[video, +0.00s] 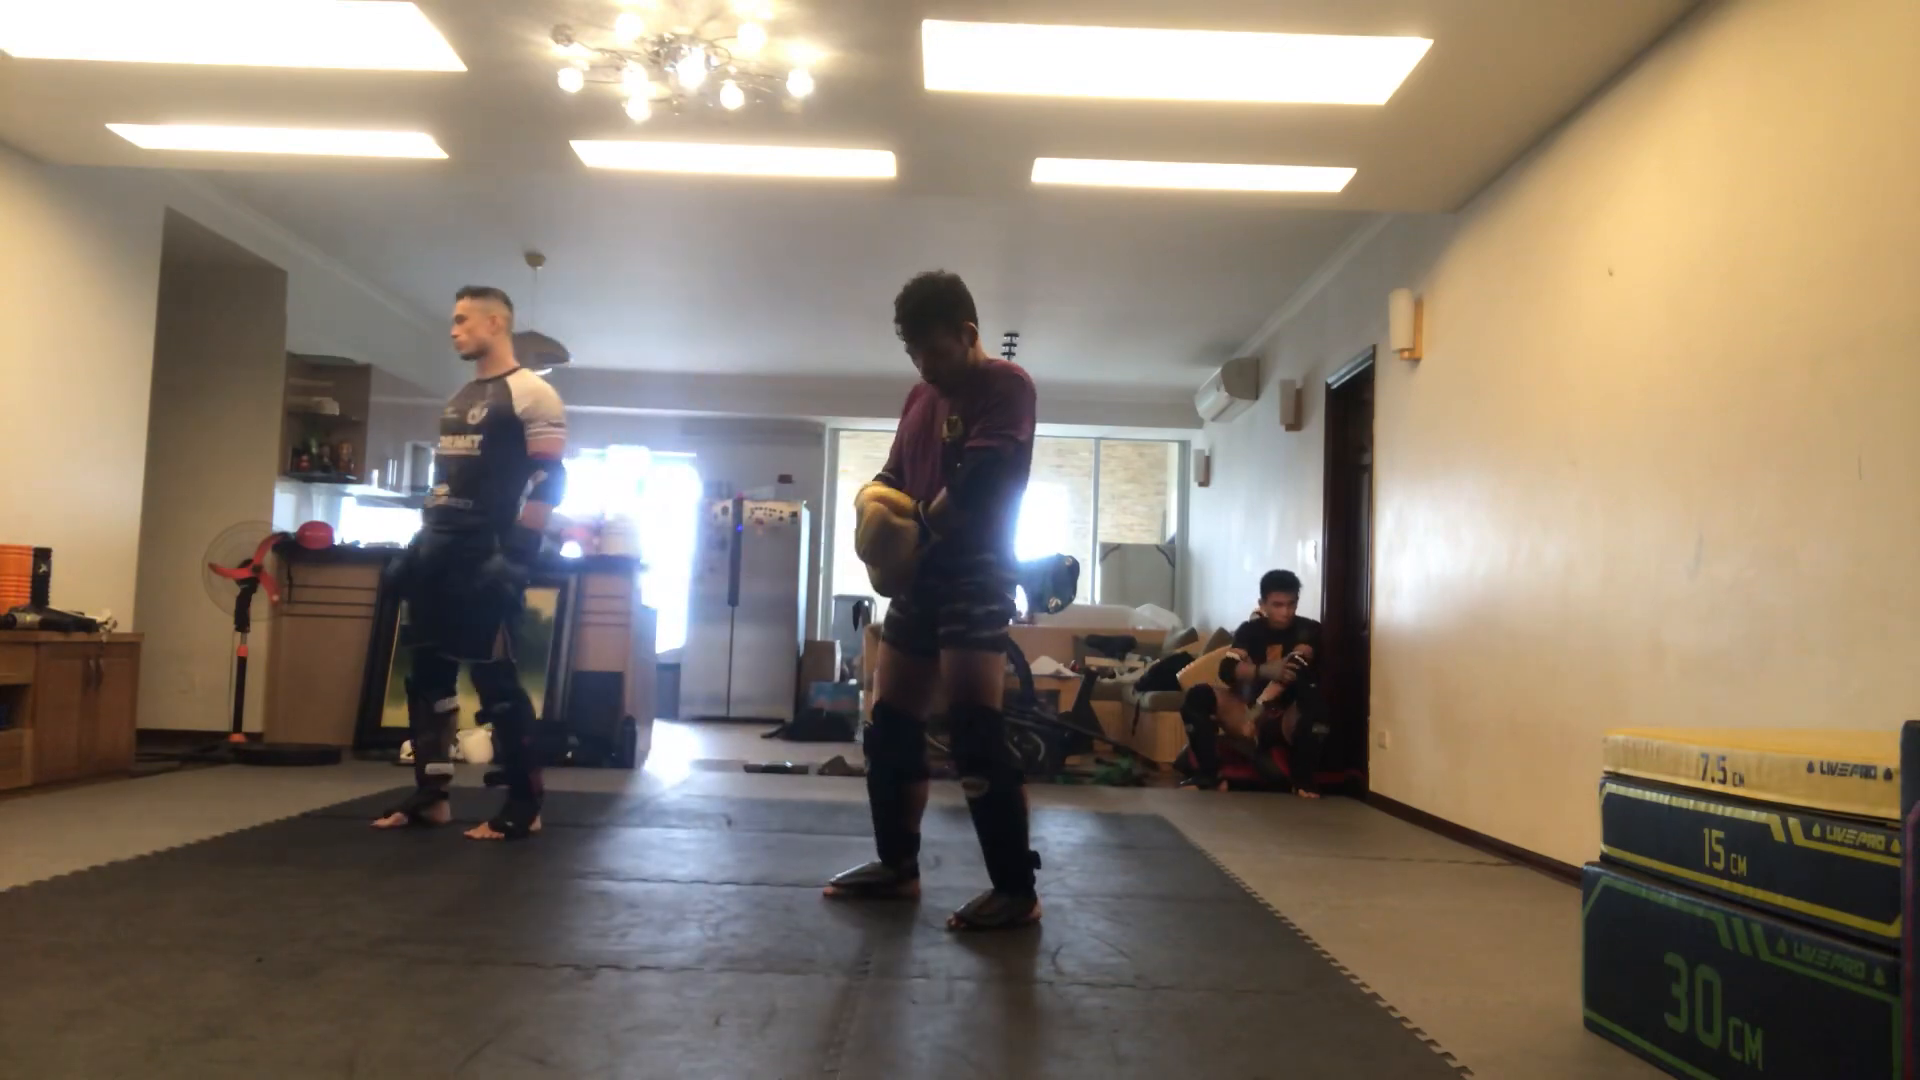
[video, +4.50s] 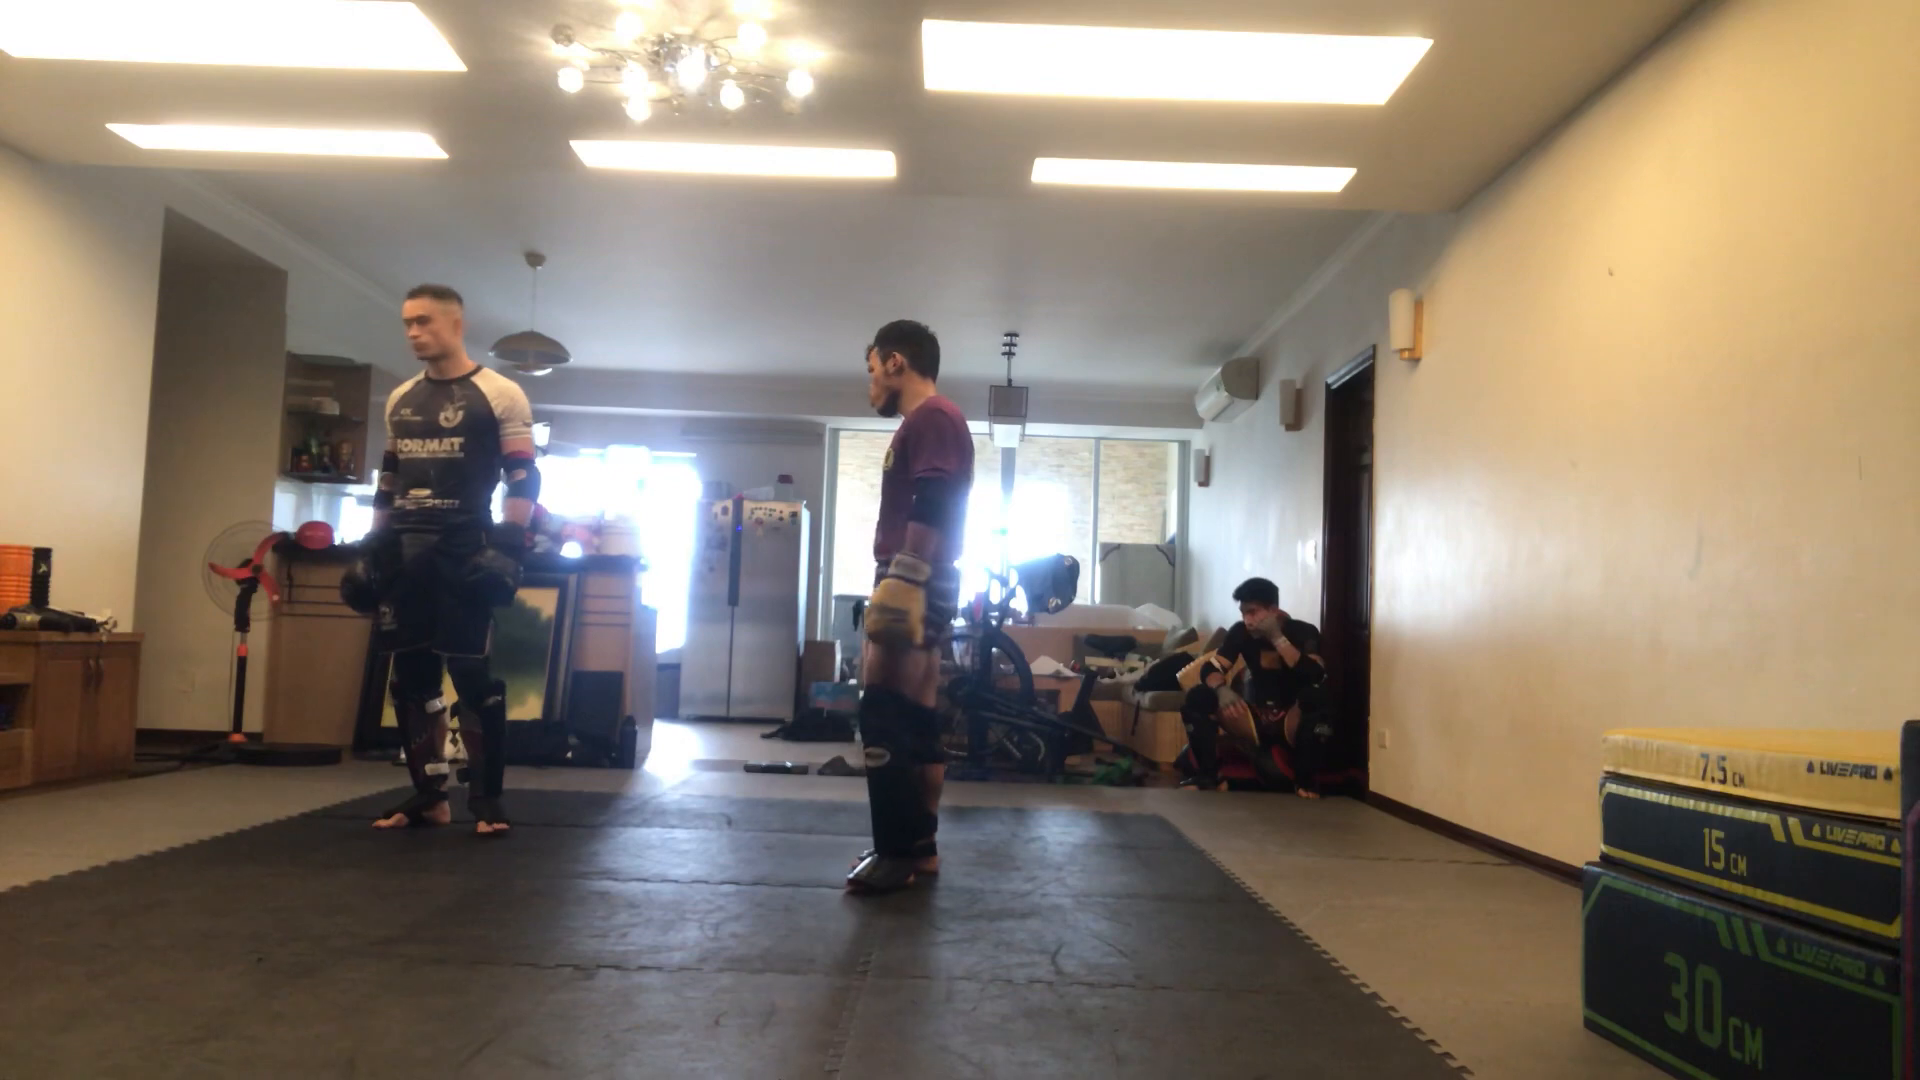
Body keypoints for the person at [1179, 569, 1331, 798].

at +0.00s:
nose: (1285, 612)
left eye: (1291, 604)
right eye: (1277, 605)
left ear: (1297, 603)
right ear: (1263, 605)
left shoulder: (1309, 630)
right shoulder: (1249, 630)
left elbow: (1293, 671)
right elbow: (1227, 669)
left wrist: (1259, 707)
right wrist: (1266, 670)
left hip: (1287, 714)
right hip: (1247, 711)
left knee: (1313, 704)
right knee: (1198, 697)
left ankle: (1303, 782)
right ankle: (1208, 776)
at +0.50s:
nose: (1271, 605)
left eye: (1279, 598)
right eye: (1266, 598)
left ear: (1294, 601)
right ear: (1260, 601)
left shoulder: (1311, 630)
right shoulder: (1251, 630)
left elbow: (1305, 667)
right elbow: (1225, 665)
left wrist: (1273, 692)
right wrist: (1265, 669)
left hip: (1292, 716)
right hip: (1249, 717)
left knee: (1318, 696)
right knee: (1199, 696)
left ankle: (1304, 780)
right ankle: (1207, 775)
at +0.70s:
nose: (1268, 604)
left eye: (1276, 598)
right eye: (1264, 598)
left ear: (1294, 601)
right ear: (1259, 600)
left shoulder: (1311, 630)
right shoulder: (1251, 632)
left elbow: (1325, 661)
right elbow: (1214, 663)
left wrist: (1274, 679)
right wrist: (1238, 679)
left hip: (1292, 716)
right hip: (1249, 716)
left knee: (1316, 697)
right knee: (1200, 697)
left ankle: (1304, 781)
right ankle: (1208, 776)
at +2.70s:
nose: (1250, 613)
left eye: (1257, 608)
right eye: (1248, 606)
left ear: (1279, 611)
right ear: (1245, 604)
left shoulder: (1302, 630)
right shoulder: (1242, 632)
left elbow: (1324, 668)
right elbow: (1212, 668)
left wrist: (1277, 691)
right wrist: (1223, 690)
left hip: (1292, 715)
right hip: (1253, 713)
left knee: (1316, 703)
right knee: (1198, 698)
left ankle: (1306, 782)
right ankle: (1208, 776)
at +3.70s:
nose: (1245, 617)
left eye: (1251, 610)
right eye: (1243, 610)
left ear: (1274, 610)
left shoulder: (1304, 633)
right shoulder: (1242, 633)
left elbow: (1330, 671)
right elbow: (1211, 668)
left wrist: (1281, 669)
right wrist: (1223, 691)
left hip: (1292, 720)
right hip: (1250, 719)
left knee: (1320, 704)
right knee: (1198, 698)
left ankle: (1306, 781)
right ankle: (1208, 777)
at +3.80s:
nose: (1245, 619)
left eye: (1251, 612)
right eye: (1243, 612)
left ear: (1274, 611)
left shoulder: (1305, 633)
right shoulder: (1242, 633)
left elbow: (1324, 674)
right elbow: (1211, 669)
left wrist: (1278, 647)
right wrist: (1224, 691)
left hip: (1294, 720)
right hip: (1252, 719)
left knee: (1320, 699)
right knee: (1198, 698)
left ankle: (1306, 781)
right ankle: (1208, 777)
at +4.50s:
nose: (1246, 620)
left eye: (1252, 613)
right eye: (1243, 613)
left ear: (1273, 609)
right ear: (1240, 610)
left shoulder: (1304, 632)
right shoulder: (1241, 632)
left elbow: (1314, 675)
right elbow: (1210, 669)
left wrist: (1276, 637)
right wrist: (1222, 690)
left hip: (1291, 720)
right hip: (1251, 719)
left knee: (1317, 696)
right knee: (1198, 698)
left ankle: (1305, 780)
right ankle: (1207, 776)